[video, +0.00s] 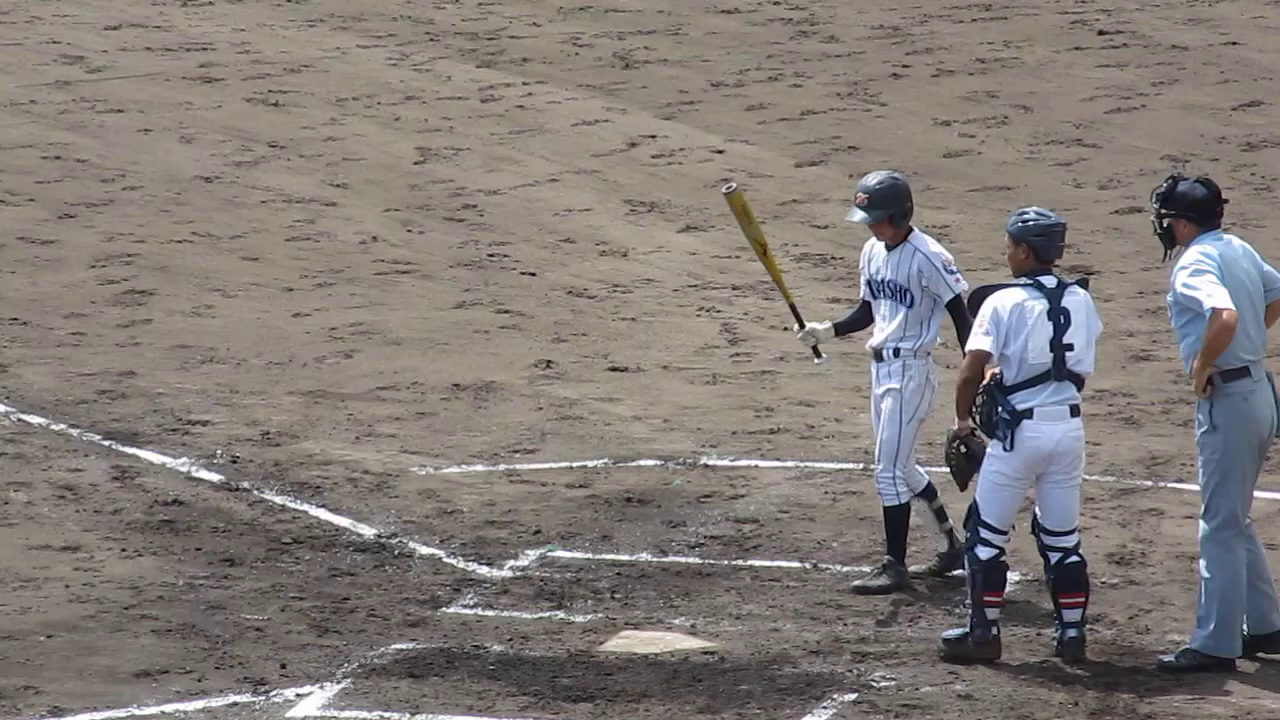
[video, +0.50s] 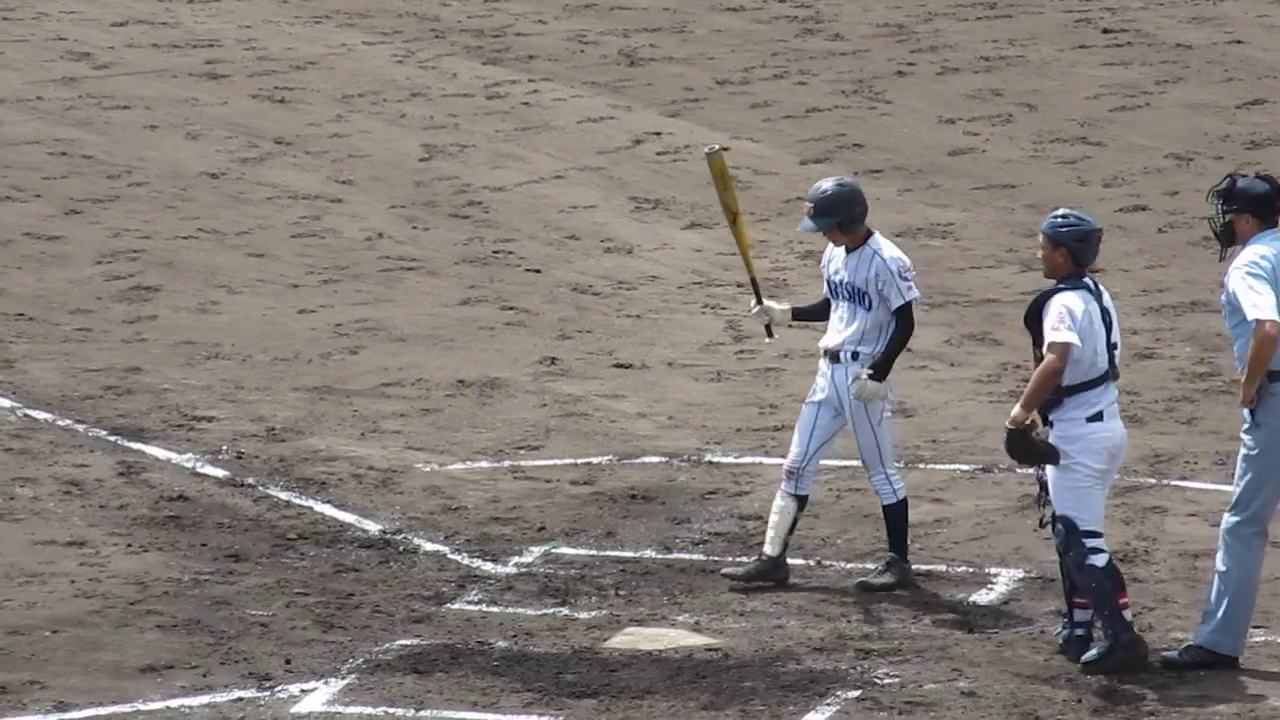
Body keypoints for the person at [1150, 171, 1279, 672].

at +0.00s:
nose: (1163, 225)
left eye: (1166, 217)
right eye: (1164, 217)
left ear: (1182, 221)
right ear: (1209, 217)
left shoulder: (1193, 263)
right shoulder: (1241, 248)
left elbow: (1225, 317)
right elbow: (1279, 292)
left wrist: (1202, 368)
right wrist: (1252, 333)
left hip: (1229, 404)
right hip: (1259, 396)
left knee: (1220, 524)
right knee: (1234, 518)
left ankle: (1215, 645)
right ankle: (1262, 627)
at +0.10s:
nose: (1168, 226)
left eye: (1171, 218)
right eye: (1169, 218)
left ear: (1187, 222)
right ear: (1215, 219)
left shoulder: (1198, 263)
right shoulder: (1249, 250)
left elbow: (1227, 320)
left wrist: (1204, 374)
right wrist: (1257, 341)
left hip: (1233, 405)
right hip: (1262, 396)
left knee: (1223, 526)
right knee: (1238, 520)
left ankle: (1216, 648)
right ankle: (1277, 622)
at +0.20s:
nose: (1179, 226)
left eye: (1182, 218)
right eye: (1179, 217)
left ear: (1198, 223)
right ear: (1229, 218)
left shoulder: (1209, 264)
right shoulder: (1261, 252)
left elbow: (1237, 322)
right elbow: (1272, 315)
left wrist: (1215, 370)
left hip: (1243, 399)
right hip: (1271, 394)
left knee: (1227, 525)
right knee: (1252, 520)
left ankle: (1217, 646)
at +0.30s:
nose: (1194, 223)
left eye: (1197, 216)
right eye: (1196, 215)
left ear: (1211, 220)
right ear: (1244, 216)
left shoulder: (1219, 264)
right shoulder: (1269, 251)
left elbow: (1248, 323)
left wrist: (1228, 376)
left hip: (1252, 399)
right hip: (1276, 393)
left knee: (1230, 525)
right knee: (1269, 522)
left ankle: (1217, 645)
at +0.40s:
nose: (1206, 222)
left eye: (1211, 215)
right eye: (1208, 214)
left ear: (1228, 220)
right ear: (1254, 218)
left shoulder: (1234, 264)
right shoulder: (1272, 249)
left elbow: (1257, 326)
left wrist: (1237, 380)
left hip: (1262, 399)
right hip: (1274, 394)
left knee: (1236, 522)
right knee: (1270, 515)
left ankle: (1218, 643)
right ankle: (1222, 640)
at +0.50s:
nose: (1223, 223)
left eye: (1227, 215)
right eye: (1224, 213)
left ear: (1244, 220)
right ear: (1265, 217)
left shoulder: (1248, 266)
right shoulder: (1273, 249)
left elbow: (1267, 328)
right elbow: (1271, 329)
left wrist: (1250, 384)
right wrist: (1254, 380)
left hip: (1272, 402)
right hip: (1273, 398)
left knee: (1245, 522)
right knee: (1247, 520)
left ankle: (1219, 642)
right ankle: (1221, 640)